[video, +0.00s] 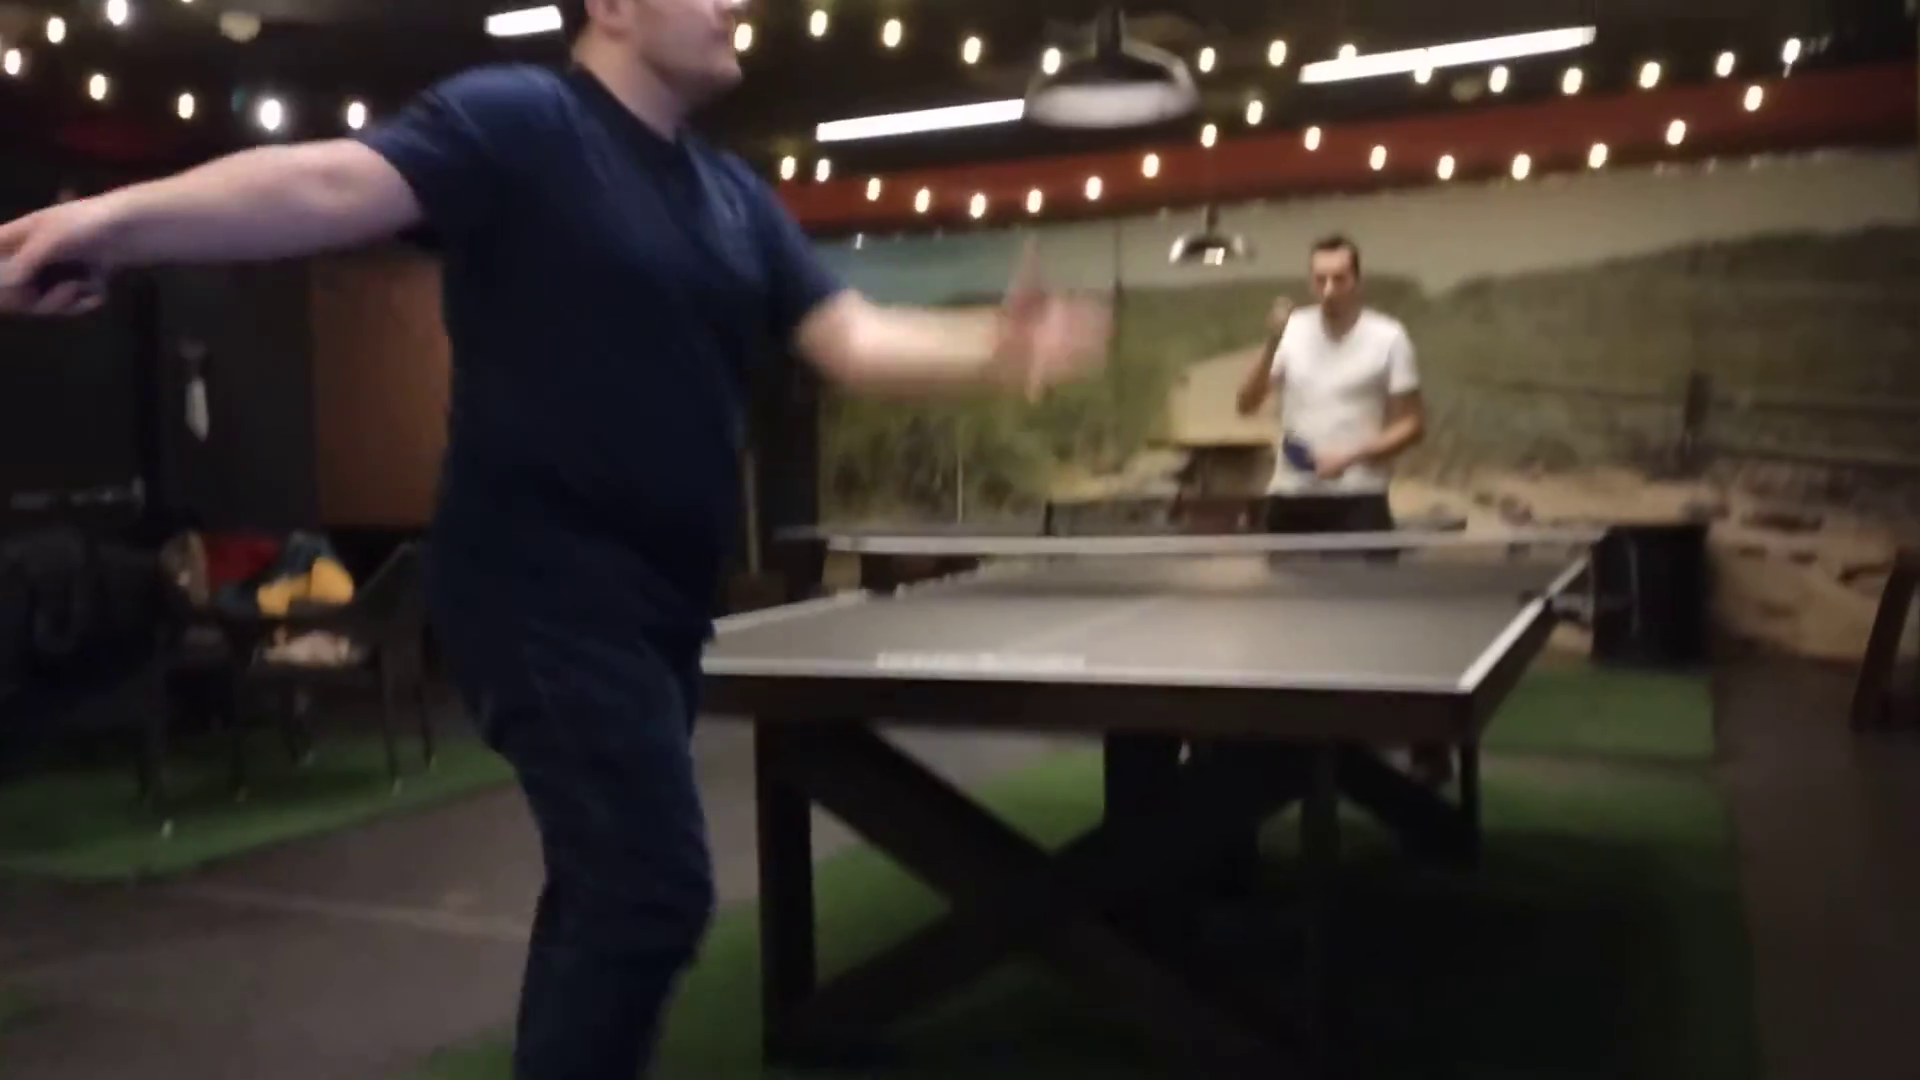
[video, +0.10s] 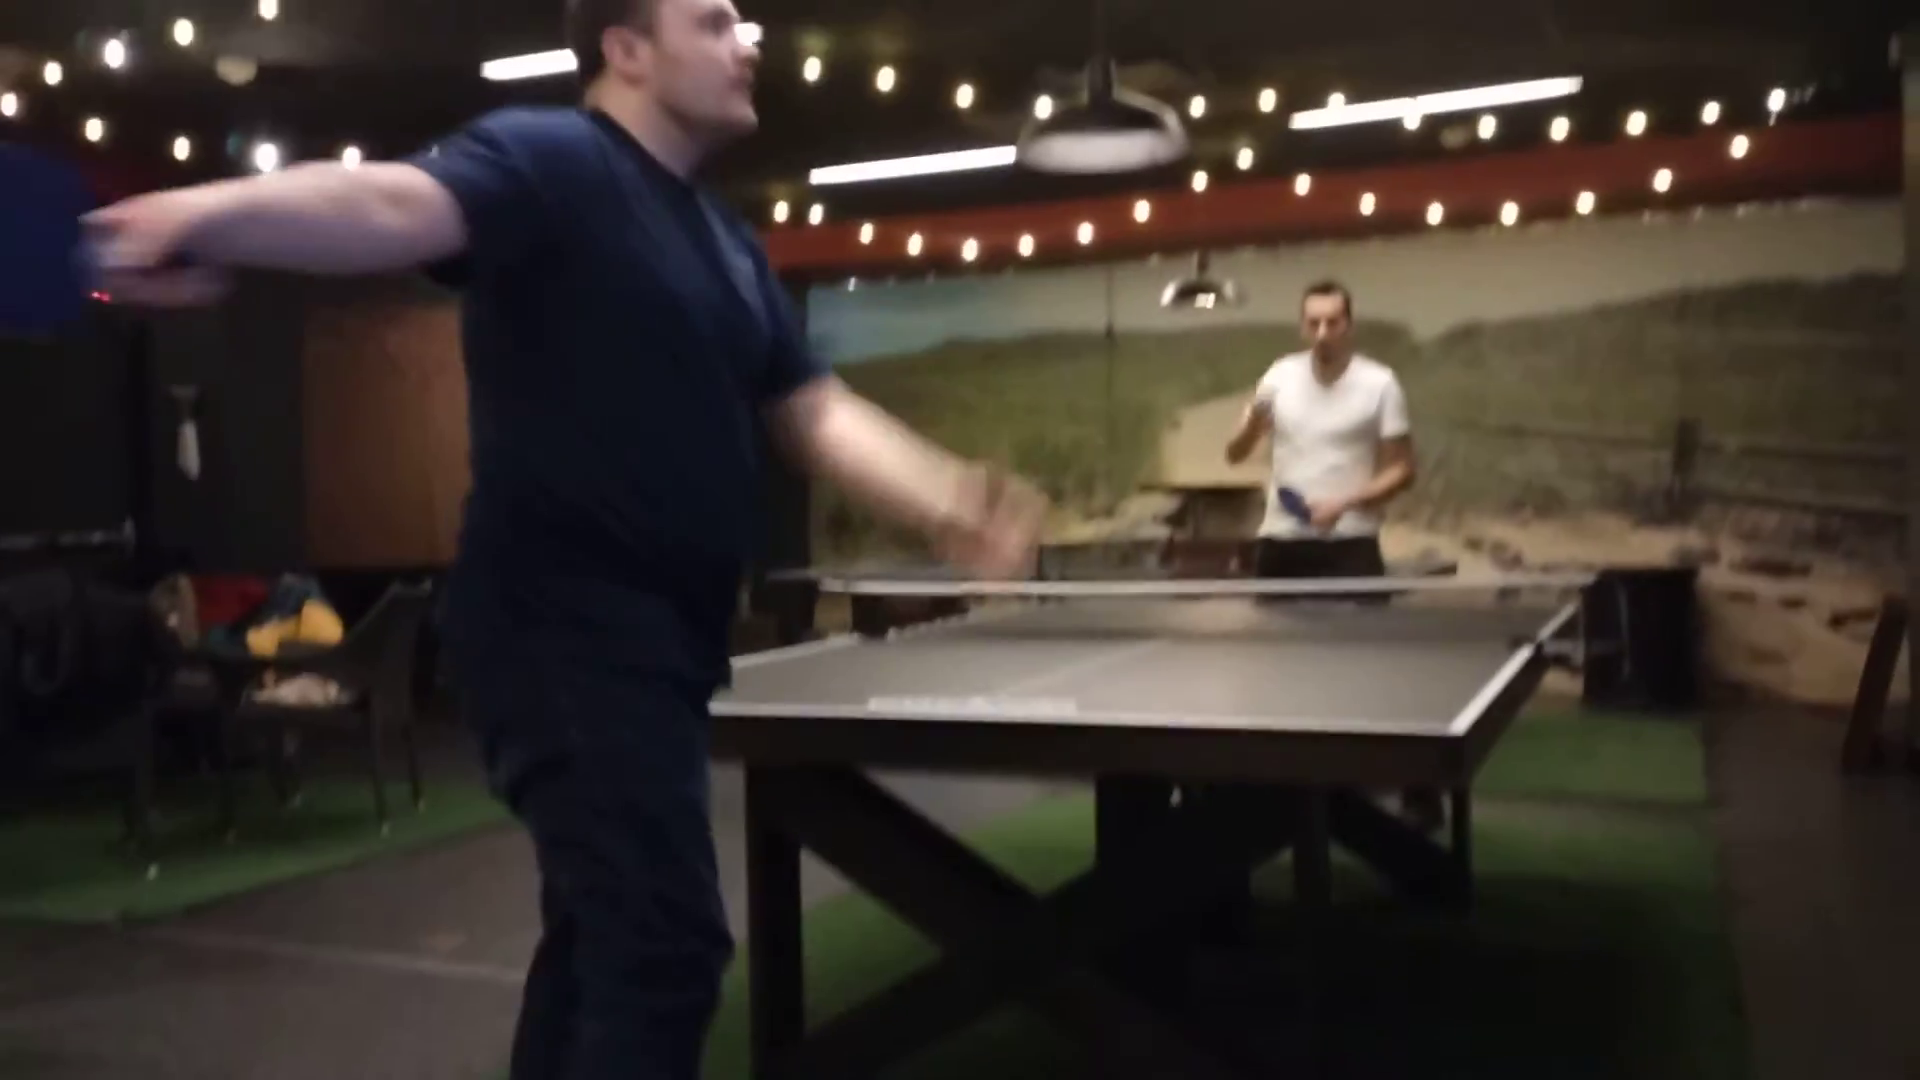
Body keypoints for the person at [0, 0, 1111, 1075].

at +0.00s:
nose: (737, 15)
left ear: (669, 25)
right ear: (613, 9)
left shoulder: (736, 200)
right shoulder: (520, 119)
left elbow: (852, 338)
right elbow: (335, 187)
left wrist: (998, 341)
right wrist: (113, 222)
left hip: (659, 600)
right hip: (530, 584)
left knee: (608, 898)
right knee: (650, 897)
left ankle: (565, 1068)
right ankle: (566, 1076)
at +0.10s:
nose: (748, 41)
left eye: (742, 21)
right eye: (713, 17)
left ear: (667, 56)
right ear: (626, 50)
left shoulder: (729, 249)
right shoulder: (555, 156)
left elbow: (816, 410)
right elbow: (395, 206)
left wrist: (956, 498)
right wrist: (205, 216)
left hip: (661, 643)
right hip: (556, 633)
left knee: (602, 947)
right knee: (666, 952)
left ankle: (552, 1078)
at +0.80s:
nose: (765, 184)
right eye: (768, 164)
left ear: (613, 129)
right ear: (758, 157)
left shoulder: (482, 244)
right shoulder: (790, 258)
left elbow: (470, 446)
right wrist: (431, 438)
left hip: (446, 761)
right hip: (654, 771)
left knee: (450, 1061)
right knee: (640, 1059)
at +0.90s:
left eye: (598, 120)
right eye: (766, 164)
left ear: (605, 123)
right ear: (753, 163)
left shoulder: (478, 241)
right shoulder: (790, 266)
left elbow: (422, 442)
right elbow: (642, 368)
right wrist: (420, 366)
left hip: (451, 764)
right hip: (668, 780)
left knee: (421, 1062)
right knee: (644, 1061)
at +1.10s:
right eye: (731, 171)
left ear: (568, 138)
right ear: (719, 171)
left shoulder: (436, 265)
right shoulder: (765, 290)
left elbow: (324, 522)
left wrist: (364, 719)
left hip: (424, 777)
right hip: (647, 786)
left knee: (399, 1062)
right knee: (629, 1061)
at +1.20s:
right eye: (707, 176)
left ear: (549, 150)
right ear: (695, 176)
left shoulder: (408, 282)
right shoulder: (746, 308)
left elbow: (286, 530)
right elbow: (793, 570)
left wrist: (277, 748)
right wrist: (706, 652)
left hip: (400, 786)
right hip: (620, 789)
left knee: (378, 1062)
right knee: (603, 1060)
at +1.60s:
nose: (572, 196)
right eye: (572, 174)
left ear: (415, 169)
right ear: (556, 171)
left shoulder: (272, 294)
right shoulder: (572, 288)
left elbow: (126, 480)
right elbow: (646, 389)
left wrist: (98, 707)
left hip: (258, 800)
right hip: (480, 806)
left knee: (261, 1059)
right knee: (522, 1059)